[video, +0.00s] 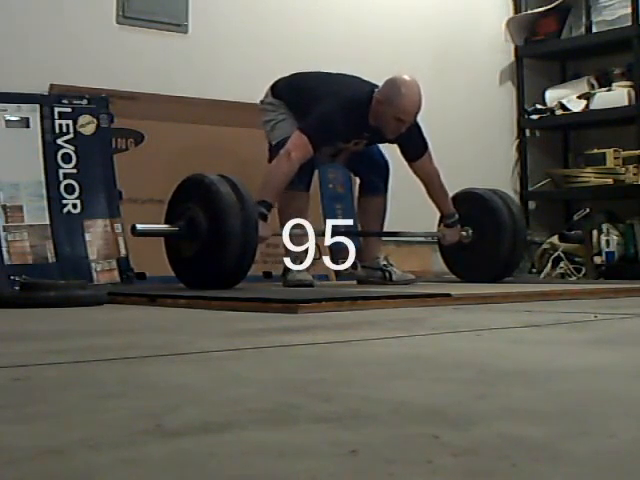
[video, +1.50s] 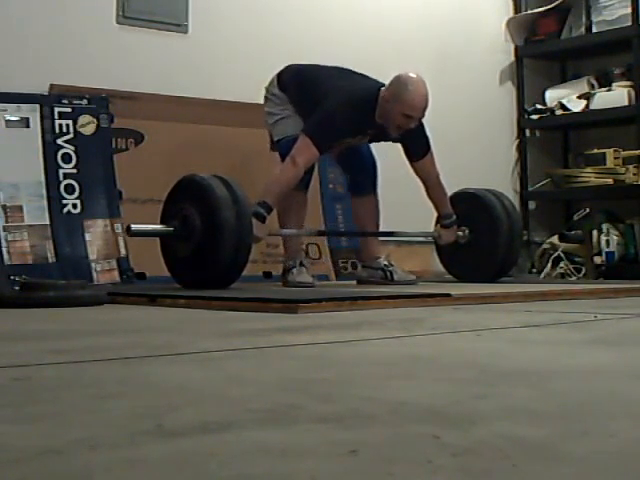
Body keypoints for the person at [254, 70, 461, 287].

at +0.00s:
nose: (403, 129)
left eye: (409, 123)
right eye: (398, 120)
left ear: (414, 114)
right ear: (377, 104)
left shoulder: (404, 120)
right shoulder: (340, 109)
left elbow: (426, 169)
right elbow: (291, 155)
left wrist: (450, 217)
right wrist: (261, 211)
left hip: (332, 122)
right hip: (284, 107)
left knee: (376, 167)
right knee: (298, 166)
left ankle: (370, 262)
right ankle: (296, 265)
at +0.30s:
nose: (406, 122)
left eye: (411, 116)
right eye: (401, 114)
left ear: (417, 109)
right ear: (380, 99)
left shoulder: (405, 119)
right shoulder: (343, 107)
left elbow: (426, 168)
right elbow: (300, 159)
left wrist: (449, 217)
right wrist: (266, 208)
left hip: (333, 125)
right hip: (285, 112)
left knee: (380, 167)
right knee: (299, 169)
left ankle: (372, 263)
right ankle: (295, 266)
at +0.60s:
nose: (405, 120)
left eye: (411, 113)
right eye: (401, 111)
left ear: (416, 107)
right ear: (380, 98)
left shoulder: (405, 120)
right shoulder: (340, 108)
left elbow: (425, 170)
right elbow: (297, 160)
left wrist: (447, 217)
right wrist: (263, 212)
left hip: (330, 126)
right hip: (283, 112)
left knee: (377, 167)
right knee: (299, 168)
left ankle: (372, 262)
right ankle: (296, 266)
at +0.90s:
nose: (406, 120)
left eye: (411, 113)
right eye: (401, 111)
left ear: (416, 106)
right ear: (380, 97)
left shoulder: (404, 121)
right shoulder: (340, 107)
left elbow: (424, 171)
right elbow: (294, 161)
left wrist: (446, 218)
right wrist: (261, 213)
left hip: (330, 126)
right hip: (283, 113)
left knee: (376, 167)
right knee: (298, 169)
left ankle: (371, 262)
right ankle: (296, 266)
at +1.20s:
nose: (407, 122)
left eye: (413, 115)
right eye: (403, 113)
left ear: (418, 108)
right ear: (381, 99)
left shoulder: (405, 122)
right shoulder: (341, 108)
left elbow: (425, 171)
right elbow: (294, 161)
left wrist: (446, 217)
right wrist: (259, 213)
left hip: (329, 126)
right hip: (283, 112)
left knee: (377, 166)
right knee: (298, 169)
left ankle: (371, 262)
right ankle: (296, 264)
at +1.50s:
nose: (411, 126)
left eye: (417, 120)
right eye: (407, 117)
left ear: (422, 114)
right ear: (385, 100)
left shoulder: (408, 122)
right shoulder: (346, 109)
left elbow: (429, 175)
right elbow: (296, 162)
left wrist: (448, 218)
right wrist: (260, 212)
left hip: (334, 107)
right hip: (288, 98)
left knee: (363, 167)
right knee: (298, 170)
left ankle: (371, 263)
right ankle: (295, 265)